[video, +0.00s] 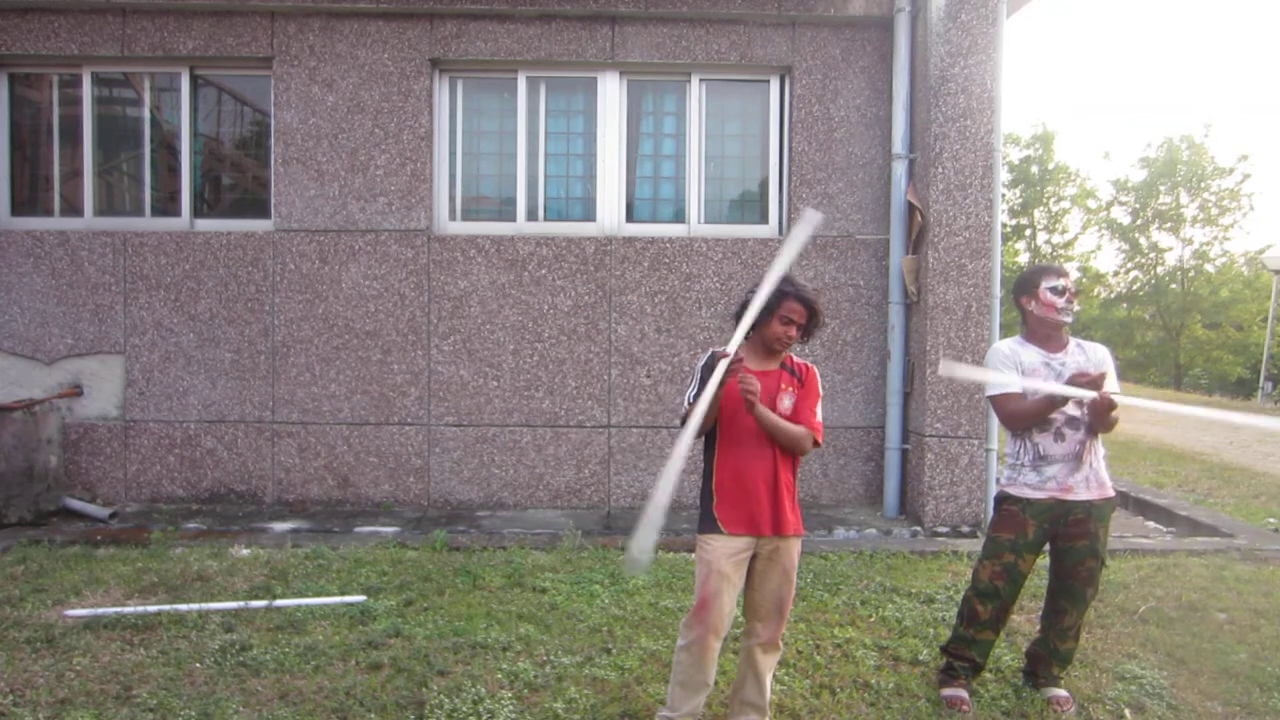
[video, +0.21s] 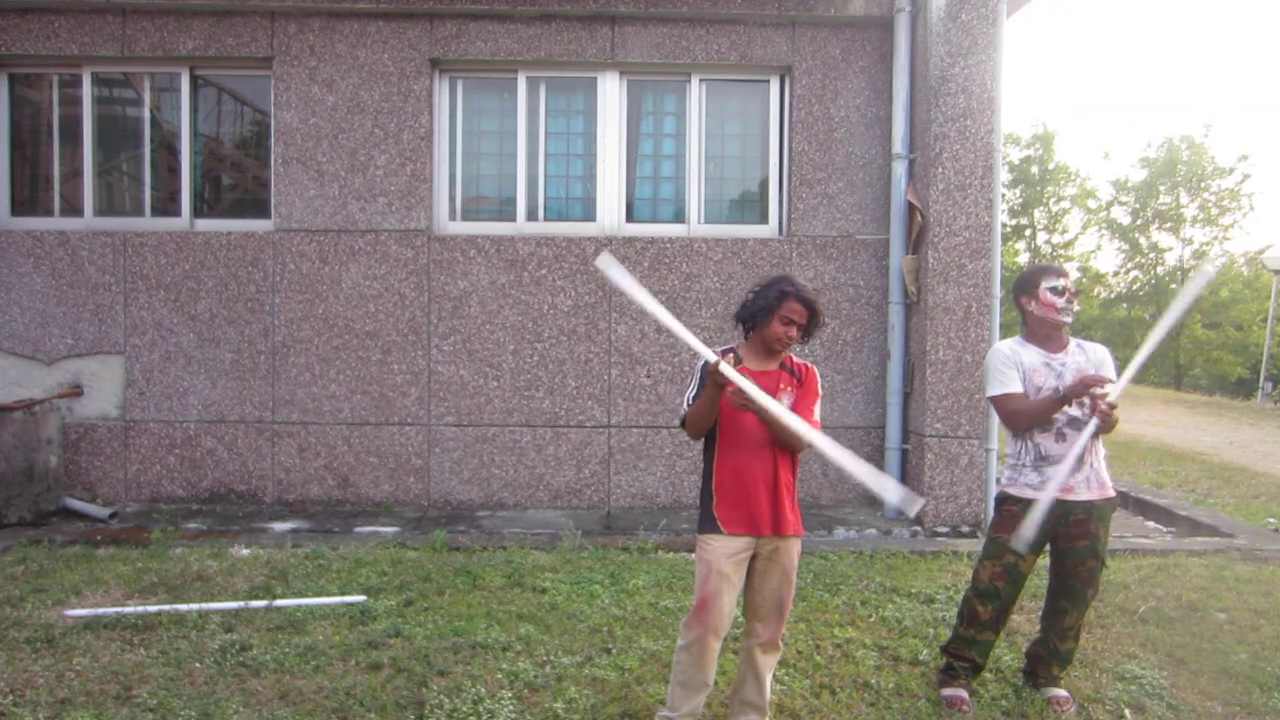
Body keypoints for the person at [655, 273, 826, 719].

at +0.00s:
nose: (792, 333)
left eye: (800, 326)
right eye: (785, 321)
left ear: (804, 330)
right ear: (759, 316)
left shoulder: (804, 373)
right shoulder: (719, 363)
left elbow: (805, 442)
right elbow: (695, 426)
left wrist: (758, 409)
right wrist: (719, 379)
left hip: (782, 520)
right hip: (725, 519)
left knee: (767, 635)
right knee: (707, 624)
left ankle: (749, 715)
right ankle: (678, 714)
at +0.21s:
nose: (792, 333)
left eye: (800, 327)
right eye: (785, 321)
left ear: (804, 331)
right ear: (759, 315)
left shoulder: (804, 374)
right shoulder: (716, 364)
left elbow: (798, 442)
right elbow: (694, 428)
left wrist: (760, 401)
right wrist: (716, 385)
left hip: (782, 521)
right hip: (725, 519)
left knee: (767, 634)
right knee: (707, 624)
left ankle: (749, 715)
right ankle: (678, 714)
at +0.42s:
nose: (792, 333)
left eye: (800, 326)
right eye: (785, 321)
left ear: (804, 330)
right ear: (757, 316)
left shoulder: (804, 374)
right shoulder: (717, 362)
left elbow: (796, 432)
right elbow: (693, 430)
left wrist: (759, 384)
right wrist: (722, 389)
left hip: (782, 520)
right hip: (724, 519)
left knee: (766, 634)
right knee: (707, 624)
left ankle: (750, 714)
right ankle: (678, 714)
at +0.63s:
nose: (791, 332)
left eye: (800, 326)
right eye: (784, 320)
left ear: (804, 331)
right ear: (757, 317)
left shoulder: (804, 373)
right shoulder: (718, 362)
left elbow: (802, 429)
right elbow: (691, 430)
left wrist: (771, 373)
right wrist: (723, 385)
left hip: (782, 520)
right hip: (725, 519)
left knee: (767, 635)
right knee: (707, 626)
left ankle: (749, 714)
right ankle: (678, 713)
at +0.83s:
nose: (791, 333)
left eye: (799, 327)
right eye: (785, 321)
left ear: (804, 331)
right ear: (758, 316)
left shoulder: (804, 373)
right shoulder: (719, 363)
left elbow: (805, 430)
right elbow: (683, 426)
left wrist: (772, 376)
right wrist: (719, 384)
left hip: (783, 521)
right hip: (725, 520)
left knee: (767, 635)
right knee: (707, 626)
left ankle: (749, 715)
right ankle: (678, 714)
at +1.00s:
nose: (792, 331)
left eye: (800, 325)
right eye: (785, 319)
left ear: (805, 330)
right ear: (758, 317)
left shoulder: (805, 372)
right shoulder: (719, 362)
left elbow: (808, 428)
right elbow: (684, 426)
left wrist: (771, 374)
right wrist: (722, 385)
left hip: (783, 521)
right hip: (726, 520)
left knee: (767, 636)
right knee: (707, 626)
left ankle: (749, 715)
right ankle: (678, 714)